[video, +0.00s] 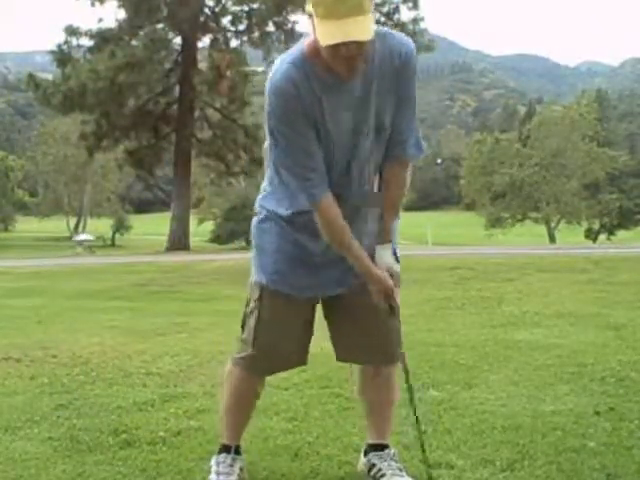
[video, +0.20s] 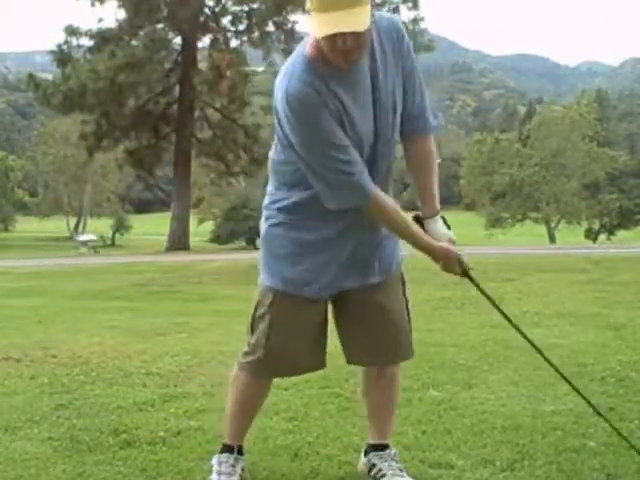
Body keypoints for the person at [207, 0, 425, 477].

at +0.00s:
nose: (352, 52)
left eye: (359, 41)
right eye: (339, 43)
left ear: (371, 23)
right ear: (314, 30)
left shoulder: (397, 56)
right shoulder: (288, 82)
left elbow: (398, 156)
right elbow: (315, 194)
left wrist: (387, 241)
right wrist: (365, 266)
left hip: (363, 229)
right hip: (291, 228)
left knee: (382, 346)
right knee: (259, 348)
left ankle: (379, 453)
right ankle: (228, 454)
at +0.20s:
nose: (343, 47)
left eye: (353, 33)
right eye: (331, 36)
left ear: (369, 18)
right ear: (313, 27)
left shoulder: (390, 35)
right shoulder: (299, 89)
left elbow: (417, 128)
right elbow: (358, 189)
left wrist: (431, 214)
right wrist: (429, 245)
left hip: (369, 222)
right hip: (299, 228)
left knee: (386, 341)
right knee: (266, 348)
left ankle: (379, 453)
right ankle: (229, 454)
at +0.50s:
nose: (307, 37)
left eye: (318, 24)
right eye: (294, 27)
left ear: (336, 10)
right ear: (277, 18)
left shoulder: (365, 32)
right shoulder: (264, 81)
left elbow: (394, 128)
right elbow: (317, 186)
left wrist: (398, 208)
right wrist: (382, 249)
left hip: (346, 217)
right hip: (269, 221)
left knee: (369, 339)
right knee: (241, 348)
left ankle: (378, 455)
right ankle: (226, 457)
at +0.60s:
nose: (292, 31)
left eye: (303, 19)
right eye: (281, 21)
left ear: (322, 10)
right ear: (264, 16)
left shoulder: (357, 39)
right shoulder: (240, 73)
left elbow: (362, 145)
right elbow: (257, 180)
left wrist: (333, 236)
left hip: (340, 216)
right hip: (257, 217)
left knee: (366, 338)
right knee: (236, 344)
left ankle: (376, 453)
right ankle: (226, 457)